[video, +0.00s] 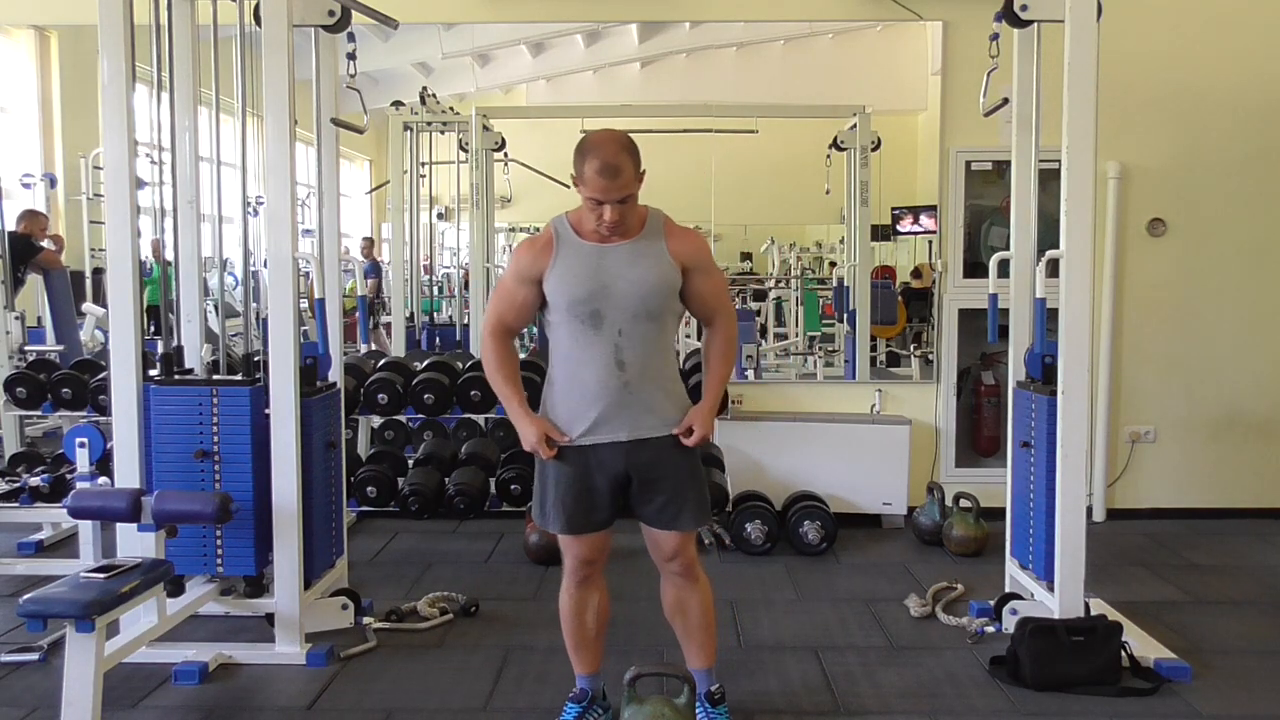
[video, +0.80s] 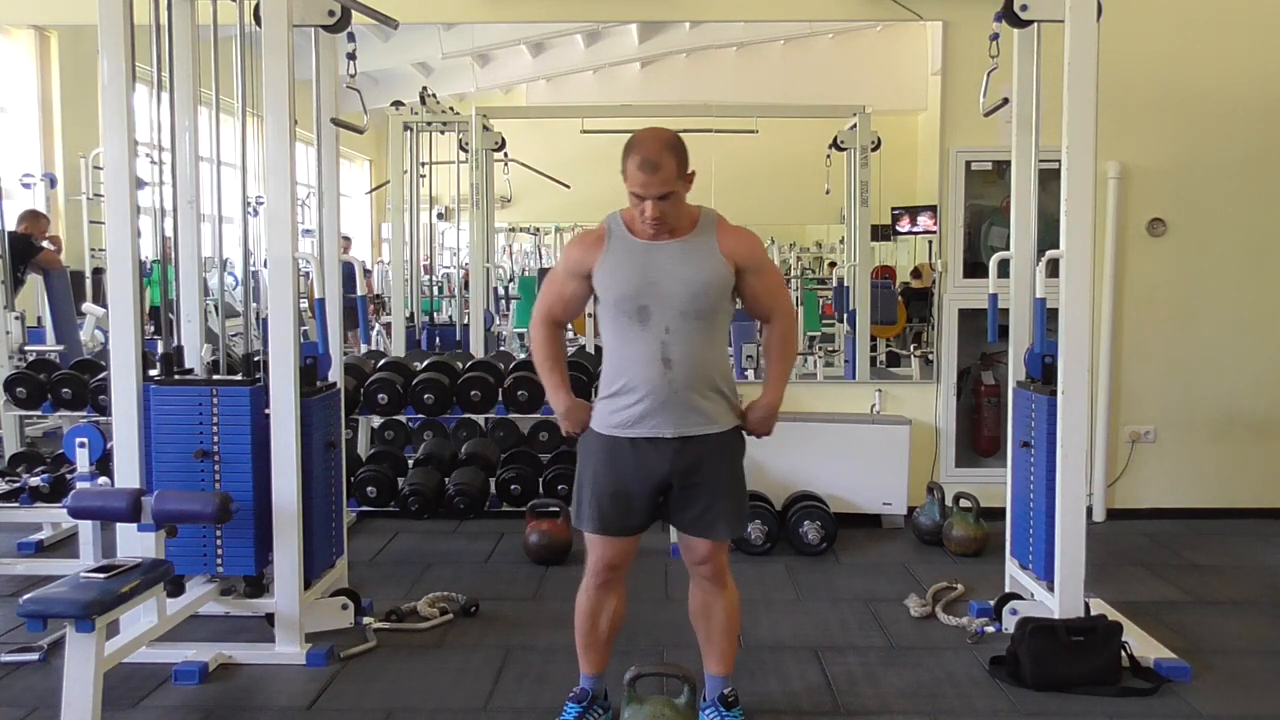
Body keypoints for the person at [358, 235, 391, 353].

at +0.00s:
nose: (362, 251)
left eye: (365, 248)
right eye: (361, 248)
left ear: (372, 249)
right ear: (360, 248)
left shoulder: (373, 265)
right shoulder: (367, 265)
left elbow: (372, 290)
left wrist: (361, 309)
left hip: (373, 302)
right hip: (369, 302)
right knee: (377, 332)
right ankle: (389, 356)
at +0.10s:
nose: (359, 250)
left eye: (362, 248)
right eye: (358, 247)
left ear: (369, 248)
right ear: (356, 247)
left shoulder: (370, 265)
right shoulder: (363, 264)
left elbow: (368, 289)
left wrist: (356, 308)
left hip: (367, 302)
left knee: (366, 333)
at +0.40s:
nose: (352, 251)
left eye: (355, 248)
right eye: (351, 248)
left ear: (361, 249)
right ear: (349, 247)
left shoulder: (366, 266)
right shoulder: (350, 265)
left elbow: (363, 290)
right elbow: (347, 287)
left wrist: (349, 307)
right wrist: (344, 304)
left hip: (359, 304)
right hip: (348, 302)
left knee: (358, 334)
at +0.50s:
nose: (350, 251)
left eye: (354, 249)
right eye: (349, 248)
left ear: (359, 249)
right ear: (347, 247)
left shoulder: (364, 267)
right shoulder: (343, 264)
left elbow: (365, 290)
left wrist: (353, 306)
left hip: (356, 300)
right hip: (343, 297)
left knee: (356, 331)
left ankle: (360, 353)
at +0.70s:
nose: (346, 251)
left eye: (349, 248)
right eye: (344, 248)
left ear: (353, 249)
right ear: (340, 247)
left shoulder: (359, 265)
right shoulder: (335, 263)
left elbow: (369, 284)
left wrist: (372, 303)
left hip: (354, 304)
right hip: (338, 303)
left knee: (355, 335)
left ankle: (361, 354)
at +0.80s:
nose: (344, 251)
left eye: (347, 248)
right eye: (342, 247)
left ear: (350, 248)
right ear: (337, 247)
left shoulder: (356, 264)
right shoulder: (331, 264)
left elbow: (368, 284)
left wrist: (371, 302)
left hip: (352, 302)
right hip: (335, 302)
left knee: (352, 332)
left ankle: (358, 352)